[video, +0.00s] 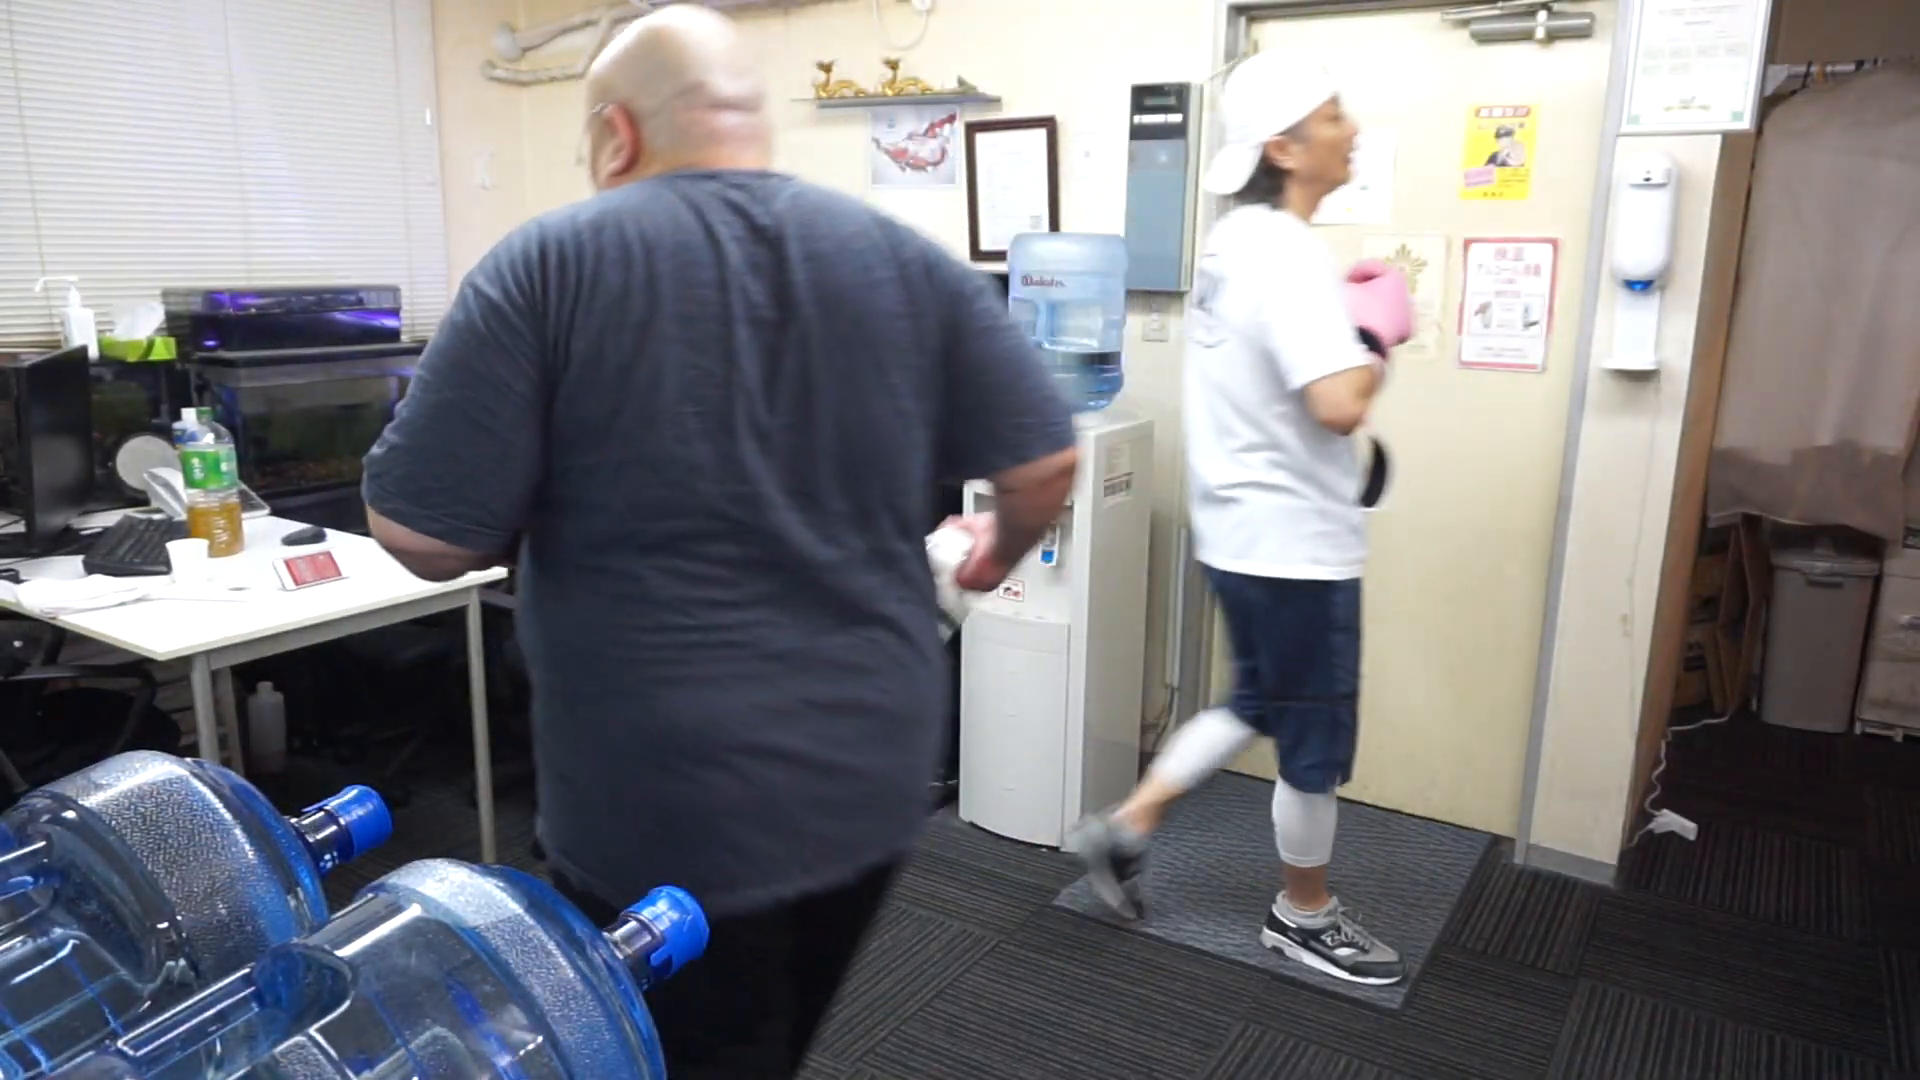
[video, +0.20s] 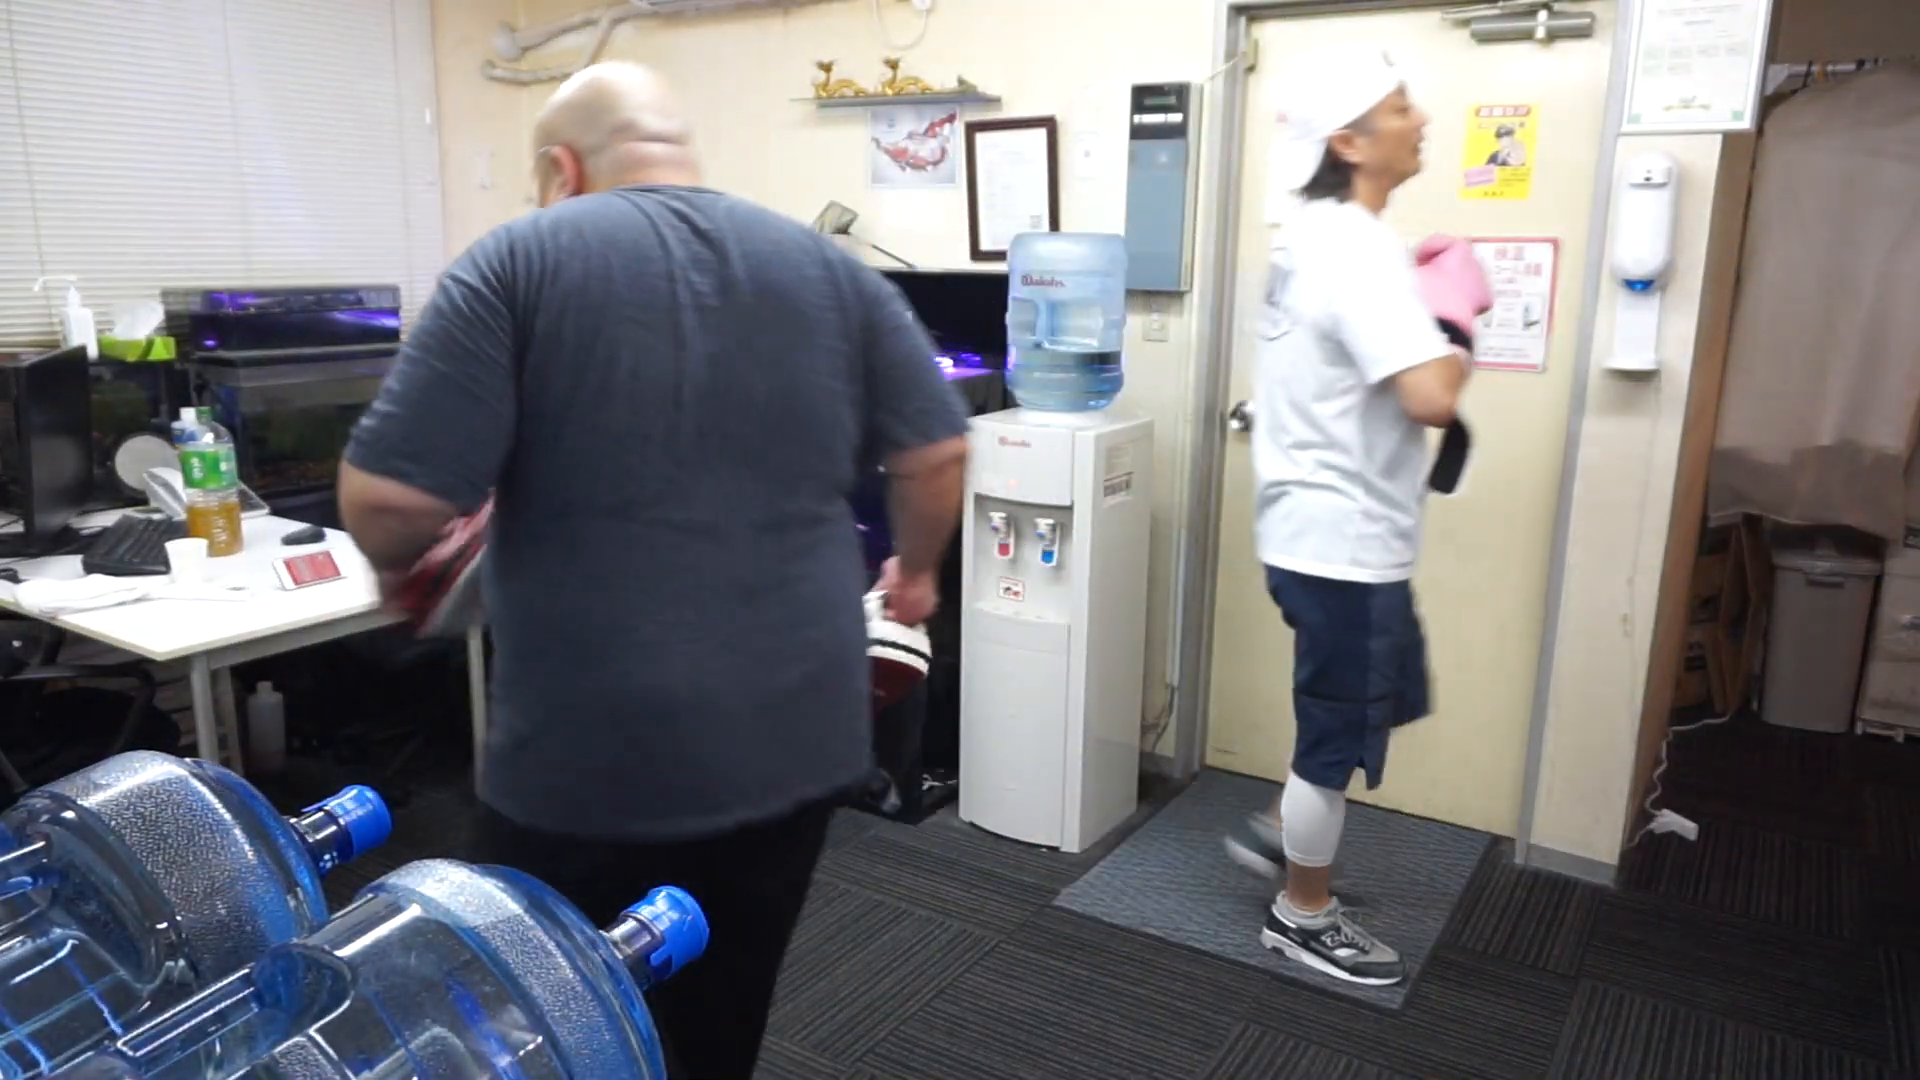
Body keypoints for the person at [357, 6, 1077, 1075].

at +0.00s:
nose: (588, 161)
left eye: (592, 136)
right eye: (590, 136)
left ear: (620, 135)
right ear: (757, 122)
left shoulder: (553, 265)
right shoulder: (900, 257)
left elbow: (419, 534)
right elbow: (1045, 466)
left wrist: (536, 511)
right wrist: (998, 553)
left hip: (647, 794)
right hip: (865, 778)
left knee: (658, 1057)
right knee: (777, 1051)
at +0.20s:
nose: (538, 202)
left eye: (537, 182)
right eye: (540, 184)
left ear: (564, 166)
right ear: (684, 153)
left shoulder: (518, 262)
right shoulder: (824, 263)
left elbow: (384, 496)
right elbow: (937, 450)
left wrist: (412, 561)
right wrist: (917, 569)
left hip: (584, 747)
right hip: (791, 741)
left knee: (540, 1019)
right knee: (720, 1035)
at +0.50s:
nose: (428, 239)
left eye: (426, 231)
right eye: (431, 233)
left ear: (448, 220)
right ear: (560, 197)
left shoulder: (417, 286)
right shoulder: (690, 270)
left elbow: (294, 462)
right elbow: (825, 413)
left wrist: (278, 556)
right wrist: (835, 518)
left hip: (503, 696)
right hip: (693, 688)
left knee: (483, 943)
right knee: (694, 951)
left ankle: (485, 1071)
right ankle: (691, 1075)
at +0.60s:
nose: (389, 264)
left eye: (387, 256)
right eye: (392, 259)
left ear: (402, 247)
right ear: (506, 224)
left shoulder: (365, 308)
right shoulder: (633, 279)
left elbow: (245, 475)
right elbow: (775, 404)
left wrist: (254, 569)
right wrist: (801, 518)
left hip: (468, 679)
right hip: (651, 662)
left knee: (462, 922)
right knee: (675, 917)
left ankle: (477, 1065)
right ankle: (682, 1062)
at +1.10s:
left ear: (295, 328)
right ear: (393, 293)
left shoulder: (250, 364)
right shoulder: (490, 297)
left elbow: (154, 507)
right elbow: (622, 360)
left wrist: (227, 615)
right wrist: (692, 487)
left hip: (346, 629)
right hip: (526, 591)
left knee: (407, 868)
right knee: (570, 866)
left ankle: (433, 1043)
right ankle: (586, 1042)